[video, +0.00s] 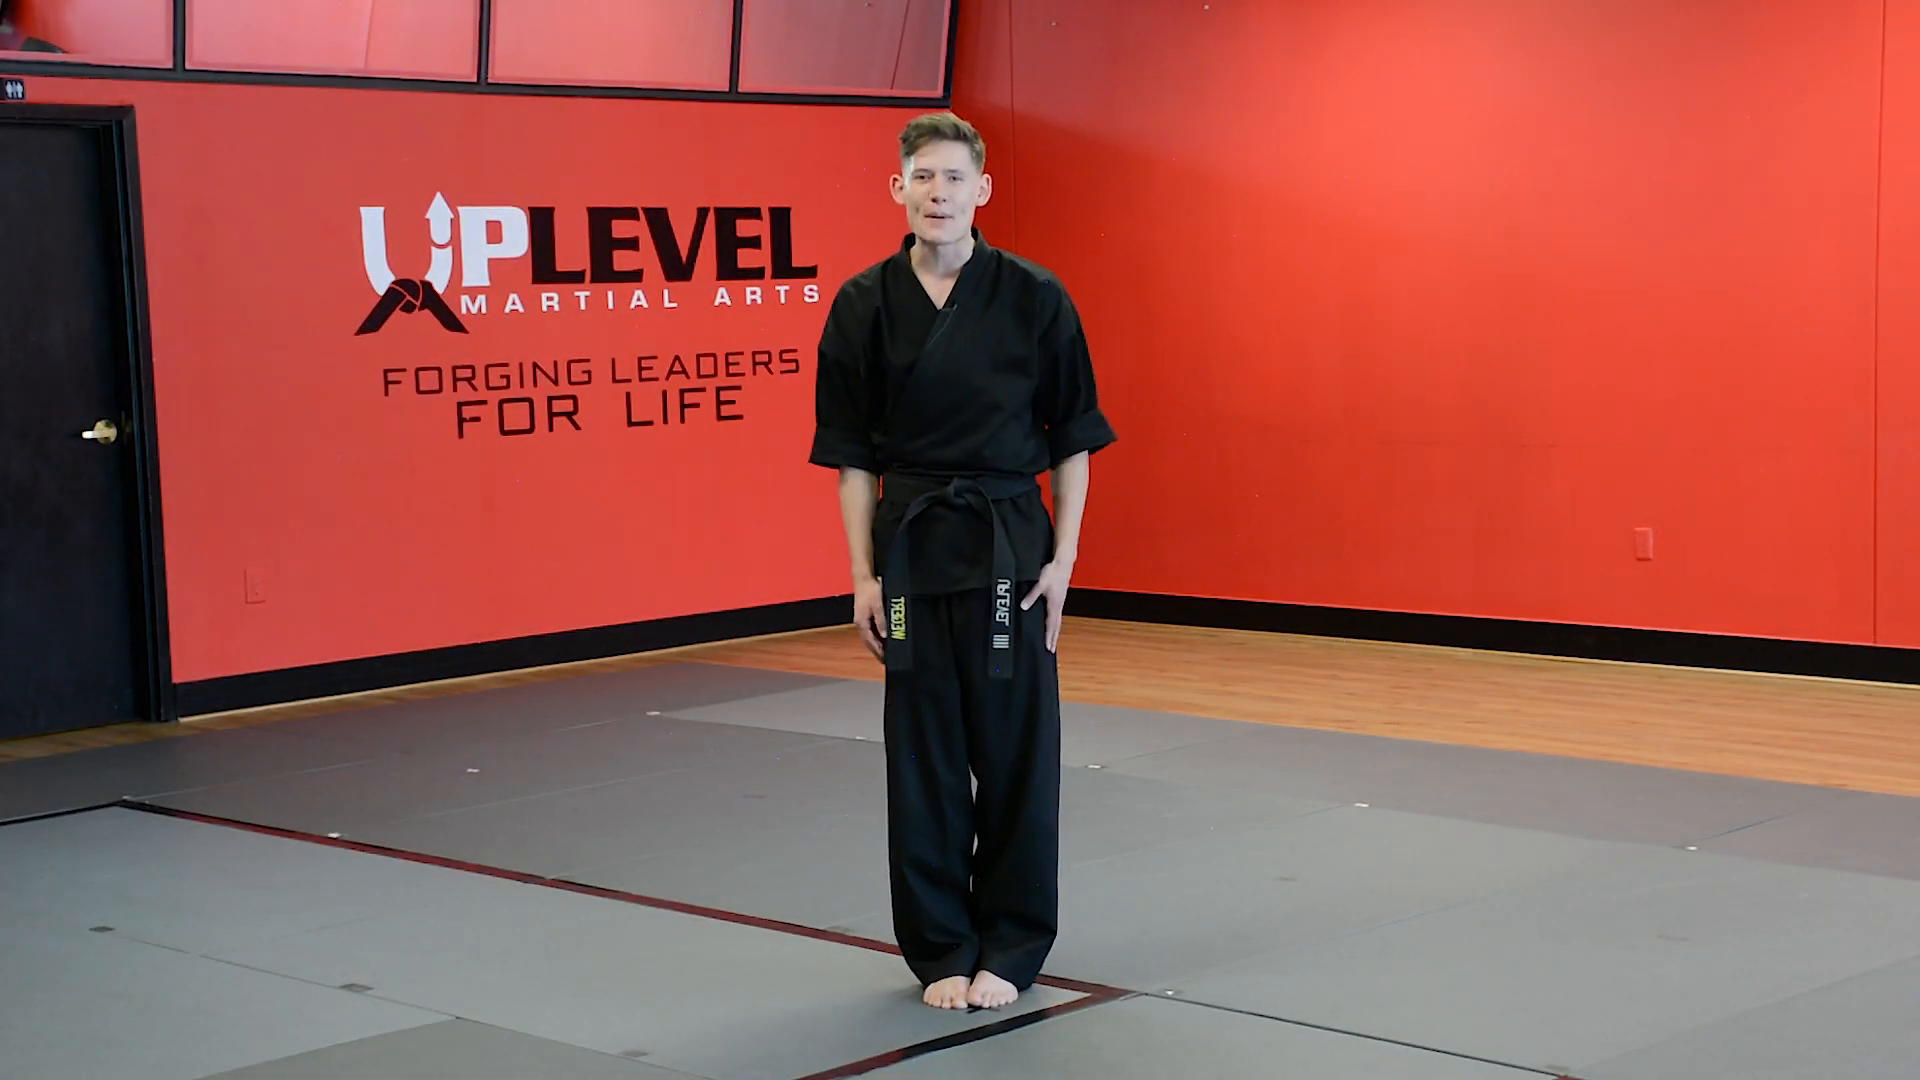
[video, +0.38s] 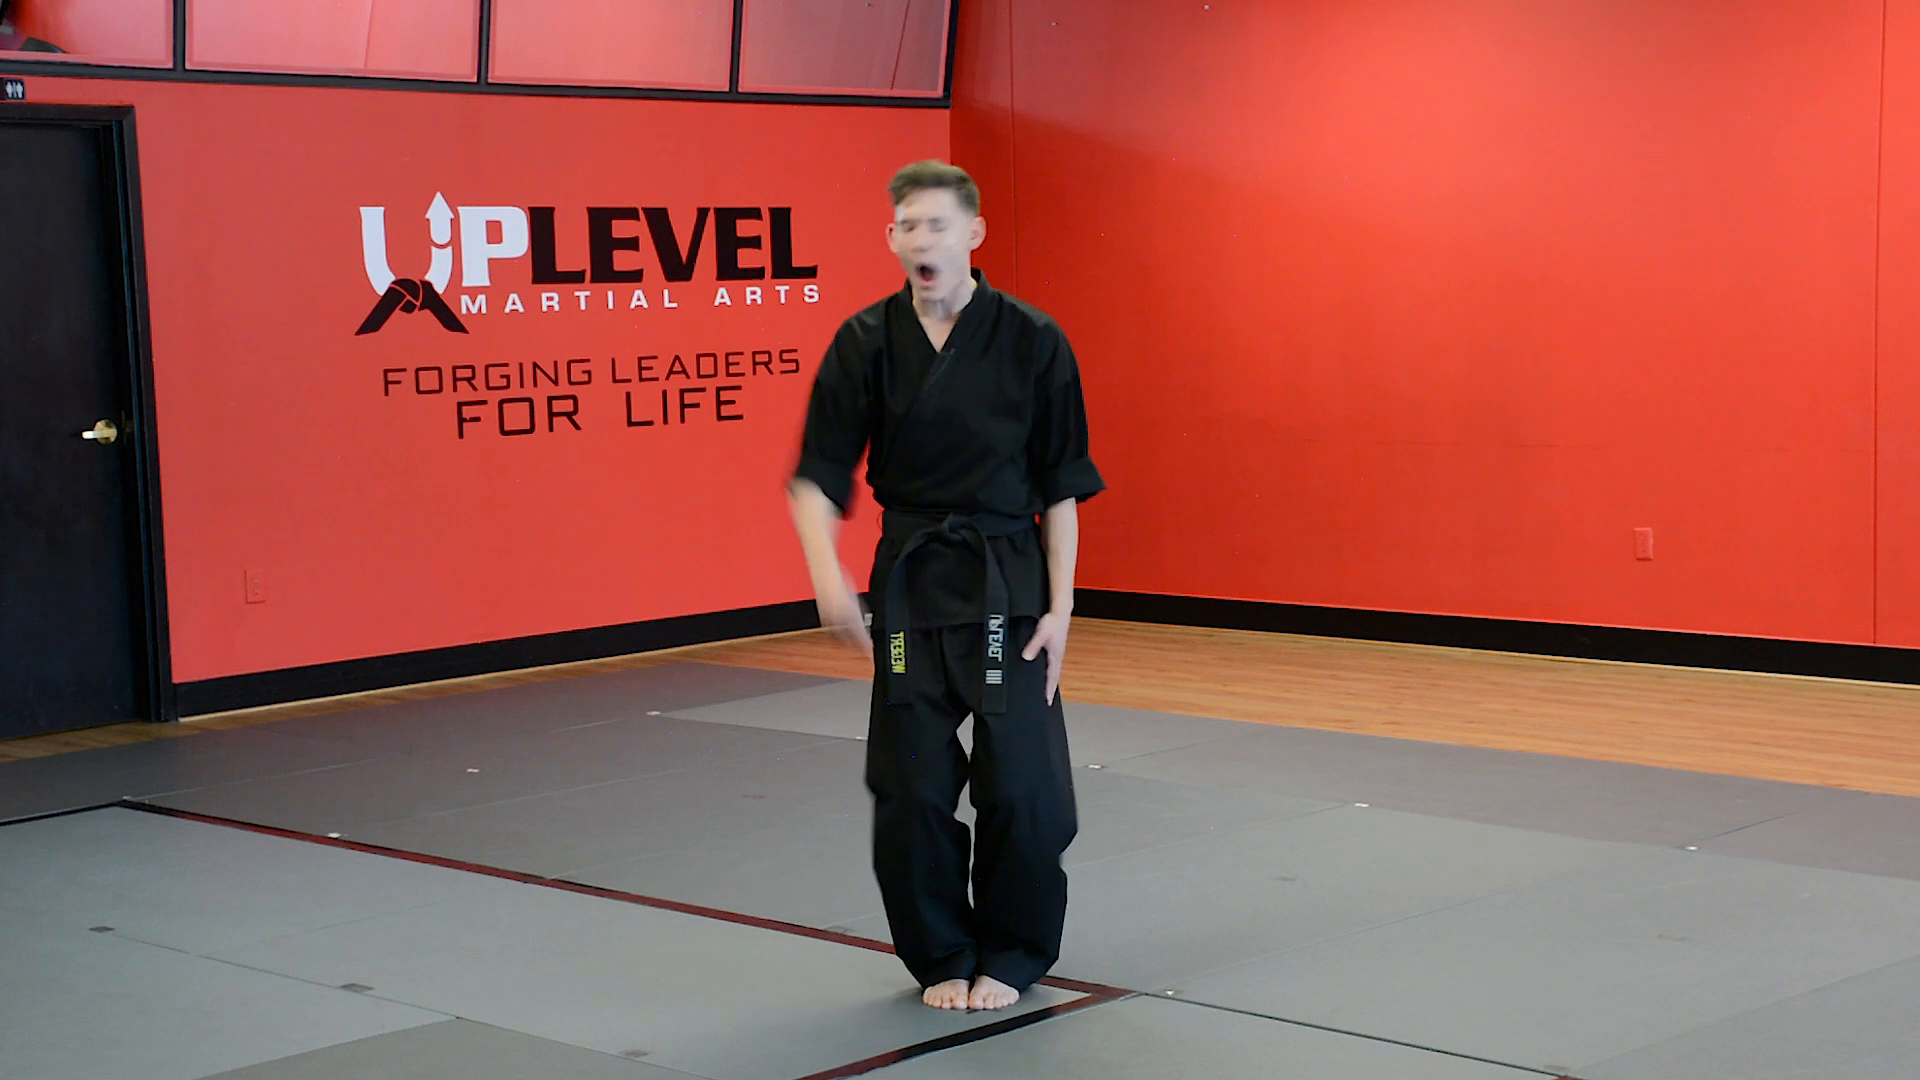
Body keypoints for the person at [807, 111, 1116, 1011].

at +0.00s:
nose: (937, 189)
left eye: (954, 175)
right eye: (922, 176)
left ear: (983, 189)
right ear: (899, 191)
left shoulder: (1035, 297)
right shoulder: (860, 305)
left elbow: (1074, 439)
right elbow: (850, 456)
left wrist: (1064, 559)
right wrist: (863, 572)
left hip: (1013, 542)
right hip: (910, 545)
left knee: (1016, 760)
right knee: (925, 762)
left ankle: (1008, 955)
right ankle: (941, 955)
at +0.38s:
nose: (921, 243)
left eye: (938, 226)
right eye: (908, 227)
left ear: (975, 233)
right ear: (891, 238)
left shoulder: (1033, 340)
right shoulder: (865, 341)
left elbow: (1061, 484)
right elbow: (814, 478)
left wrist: (1061, 605)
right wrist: (829, 580)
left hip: (1011, 573)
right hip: (909, 576)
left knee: (1025, 787)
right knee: (910, 786)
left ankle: (1012, 959)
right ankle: (940, 959)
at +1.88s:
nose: (998, 267)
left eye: (1005, 253)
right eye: (984, 250)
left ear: (1005, 258)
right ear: (930, 243)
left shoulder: (1020, 343)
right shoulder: (854, 350)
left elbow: (1009, 455)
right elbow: (827, 498)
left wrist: (897, 402)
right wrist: (866, 594)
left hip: (1007, 581)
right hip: (896, 588)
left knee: (1114, 759)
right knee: (819, 775)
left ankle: (1157, 948)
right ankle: (803, 962)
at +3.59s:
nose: (950, 214)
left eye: (968, 206)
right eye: (938, 203)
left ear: (993, 231)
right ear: (911, 222)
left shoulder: (1030, 338)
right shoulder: (858, 338)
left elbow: (1065, 482)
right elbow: (834, 490)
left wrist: (1073, 602)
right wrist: (847, 610)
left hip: (1013, 579)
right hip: (898, 583)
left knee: (1108, 763)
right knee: (831, 768)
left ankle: (1155, 947)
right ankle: (804, 960)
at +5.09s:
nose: (940, 218)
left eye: (957, 205)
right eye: (927, 208)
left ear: (992, 220)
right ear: (909, 227)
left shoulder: (1034, 333)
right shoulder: (865, 326)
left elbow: (1042, 465)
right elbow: (838, 444)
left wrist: (958, 476)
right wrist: (901, 462)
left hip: (1011, 575)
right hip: (898, 579)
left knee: (1103, 753)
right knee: (830, 764)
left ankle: (1153, 948)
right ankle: (804, 960)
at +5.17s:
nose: (938, 218)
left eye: (955, 205)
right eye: (925, 207)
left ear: (990, 219)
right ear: (907, 225)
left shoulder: (1032, 330)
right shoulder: (867, 326)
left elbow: (1031, 458)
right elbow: (841, 436)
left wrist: (953, 432)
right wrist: (918, 422)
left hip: (1010, 571)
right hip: (898, 574)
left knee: (1101, 754)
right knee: (829, 764)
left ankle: (1152, 948)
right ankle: (804, 960)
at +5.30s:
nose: (934, 217)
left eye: (950, 204)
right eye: (921, 205)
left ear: (986, 219)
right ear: (905, 224)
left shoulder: (1028, 320)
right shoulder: (868, 319)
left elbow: (1041, 428)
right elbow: (822, 410)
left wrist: (964, 376)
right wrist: (899, 373)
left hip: (1009, 566)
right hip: (898, 568)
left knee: (1099, 753)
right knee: (831, 761)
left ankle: (1152, 950)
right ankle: (805, 961)